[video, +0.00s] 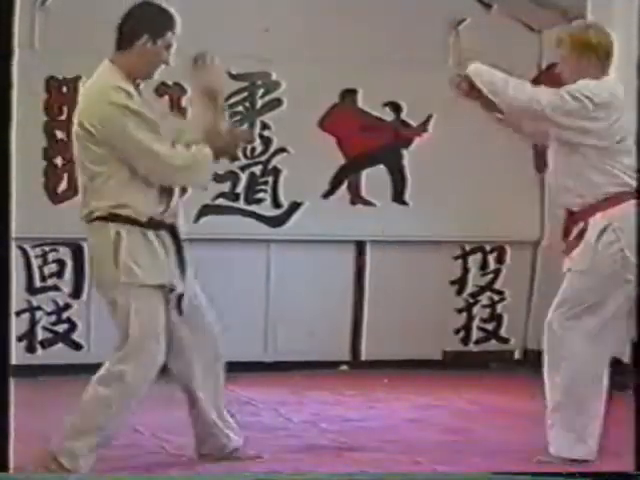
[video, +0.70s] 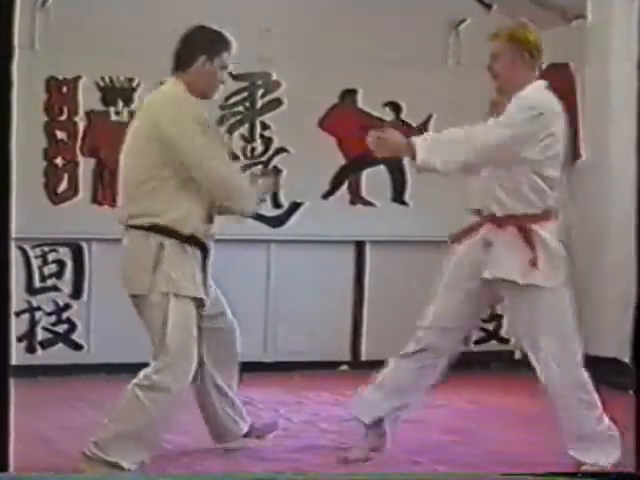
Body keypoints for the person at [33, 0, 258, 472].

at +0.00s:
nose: (168, 57)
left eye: (170, 47)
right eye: (166, 46)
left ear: (136, 42)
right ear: (143, 42)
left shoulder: (128, 93)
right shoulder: (106, 97)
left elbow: (172, 140)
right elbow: (162, 165)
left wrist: (212, 119)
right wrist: (212, 151)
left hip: (154, 236)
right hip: (123, 236)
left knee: (200, 339)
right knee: (142, 352)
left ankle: (217, 442)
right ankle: (68, 459)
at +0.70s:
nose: (224, 81)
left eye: (225, 72)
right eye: (221, 70)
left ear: (195, 64)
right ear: (201, 63)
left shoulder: (173, 105)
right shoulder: (175, 107)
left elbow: (202, 176)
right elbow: (218, 178)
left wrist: (249, 181)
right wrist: (251, 198)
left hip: (176, 249)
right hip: (159, 251)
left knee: (219, 332)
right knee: (175, 363)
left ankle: (231, 428)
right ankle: (108, 455)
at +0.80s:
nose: (240, 84)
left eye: (240, 75)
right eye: (236, 74)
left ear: (203, 70)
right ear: (216, 70)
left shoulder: (174, 103)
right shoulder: (202, 101)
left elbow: (198, 175)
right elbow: (249, 156)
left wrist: (243, 176)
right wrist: (278, 157)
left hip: (183, 248)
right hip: (178, 250)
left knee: (220, 339)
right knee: (182, 361)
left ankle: (217, 429)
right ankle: (112, 454)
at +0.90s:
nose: (275, 90)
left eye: (277, 83)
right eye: (272, 81)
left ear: (240, 78)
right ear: (253, 77)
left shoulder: (223, 117)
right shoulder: (229, 96)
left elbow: (217, 206)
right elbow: (280, 116)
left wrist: (263, 221)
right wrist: (298, 86)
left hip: (212, 243)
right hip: (192, 240)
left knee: (227, 343)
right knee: (196, 352)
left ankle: (211, 430)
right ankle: (119, 448)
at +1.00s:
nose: (294, 99)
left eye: (299, 91)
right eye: (293, 86)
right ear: (271, 71)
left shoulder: (260, 141)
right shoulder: (229, 93)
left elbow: (261, 226)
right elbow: (242, 103)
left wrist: (313, 219)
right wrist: (272, 83)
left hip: (227, 243)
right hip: (198, 232)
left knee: (233, 340)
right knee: (215, 344)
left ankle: (214, 428)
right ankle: (150, 445)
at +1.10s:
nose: (319, 74)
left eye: (323, 65)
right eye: (315, 62)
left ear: (298, 63)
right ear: (289, 57)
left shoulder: (299, 117)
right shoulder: (237, 90)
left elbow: (305, 169)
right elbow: (199, 140)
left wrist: (342, 160)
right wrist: (239, 146)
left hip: (252, 235)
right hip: (213, 230)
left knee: (264, 335)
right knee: (252, 328)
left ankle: (226, 427)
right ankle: (215, 428)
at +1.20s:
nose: (323, 69)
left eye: (326, 60)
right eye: (317, 58)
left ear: (310, 60)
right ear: (291, 55)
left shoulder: (319, 111)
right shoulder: (240, 98)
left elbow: (334, 165)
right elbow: (200, 160)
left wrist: (354, 187)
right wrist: (241, 184)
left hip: (275, 237)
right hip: (227, 234)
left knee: (294, 334)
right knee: (273, 325)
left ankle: (240, 412)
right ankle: (269, 438)